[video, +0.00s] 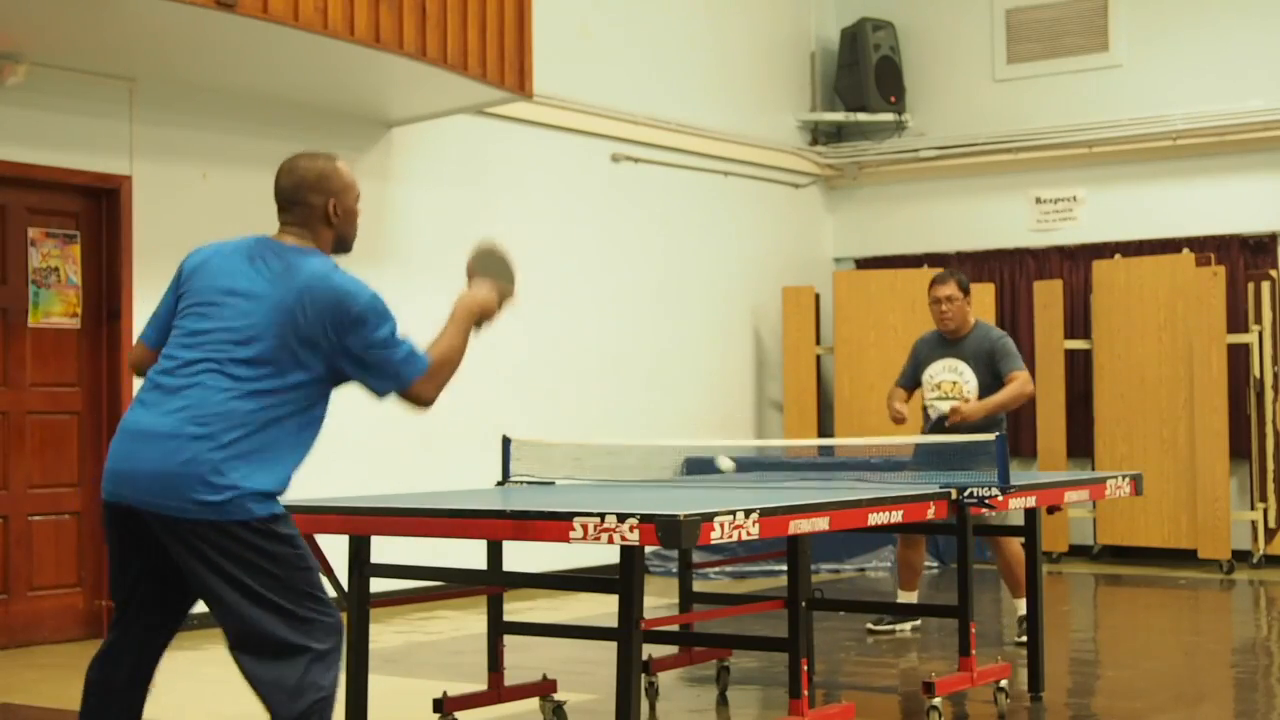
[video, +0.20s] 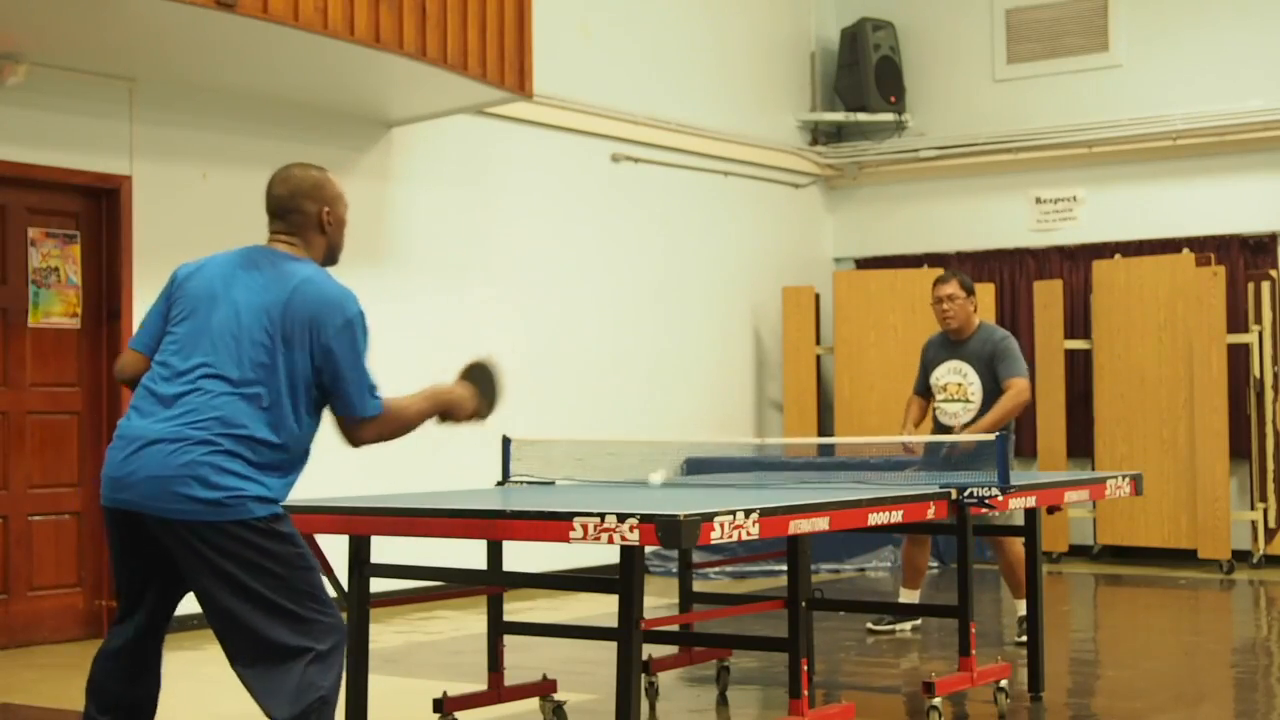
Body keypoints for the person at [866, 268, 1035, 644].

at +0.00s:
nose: (943, 309)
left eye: (950, 301)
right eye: (936, 302)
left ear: (968, 302)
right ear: (929, 306)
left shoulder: (994, 341)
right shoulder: (925, 346)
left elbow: (1024, 386)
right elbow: (900, 390)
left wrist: (978, 408)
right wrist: (897, 405)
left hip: (981, 453)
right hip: (932, 453)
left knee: (998, 529)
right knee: (910, 524)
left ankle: (1026, 613)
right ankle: (906, 610)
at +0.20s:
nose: (944, 308)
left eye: (951, 300)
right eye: (938, 302)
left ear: (972, 302)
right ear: (933, 307)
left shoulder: (999, 341)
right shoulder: (933, 347)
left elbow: (1020, 393)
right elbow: (921, 396)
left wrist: (973, 432)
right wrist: (909, 428)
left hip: (987, 455)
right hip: (940, 452)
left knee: (1002, 532)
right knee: (917, 524)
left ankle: (1026, 614)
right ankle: (907, 610)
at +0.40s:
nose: (925, 307)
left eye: (932, 298)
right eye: (920, 301)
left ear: (955, 301)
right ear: (917, 307)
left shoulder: (983, 344)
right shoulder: (925, 346)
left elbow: (987, 403)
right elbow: (910, 392)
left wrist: (945, 442)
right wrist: (891, 393)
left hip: (980, 457)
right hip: (935, 455)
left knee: (998, 531)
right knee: (909, 520)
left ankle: (1025, 614)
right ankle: (910, 610)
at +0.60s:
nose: (895, 302)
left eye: (902, 294)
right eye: (891, 296)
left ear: (926, 295)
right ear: (890, 302)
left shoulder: (952, 335)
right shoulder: (900, 341)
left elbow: (950, 395)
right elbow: (866, 379)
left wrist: (926, 442)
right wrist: (866, 340)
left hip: (955, 447)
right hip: (909, 448)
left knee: (979, 523)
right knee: (897, 523)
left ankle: (1017, 609)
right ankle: (909, 610)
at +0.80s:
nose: (870, 298)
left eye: (876, 290)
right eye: (866, 293)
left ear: (901, 288)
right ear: (866, 297)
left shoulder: (929, 325)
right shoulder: (876, 335)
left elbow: (940, 382)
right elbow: (838, 367)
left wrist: (920, 435)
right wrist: (843, 325)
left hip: (933, 438)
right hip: (890, 441)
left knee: (939, 519)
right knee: (897, 523)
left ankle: (966, 603)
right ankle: (908, 610)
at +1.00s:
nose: (853, 299)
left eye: (859, 291)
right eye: (848, 294)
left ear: (882, 290)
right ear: (846, 298)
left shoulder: (911, 325)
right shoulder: (855, 342)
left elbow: (926, 382)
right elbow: (831, 388)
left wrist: (920, 437)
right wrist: (823, 350)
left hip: (907, 442)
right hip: (873, 445)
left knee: (899, 520)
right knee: (896, 521)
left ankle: (883, 605)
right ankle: (910, 608)